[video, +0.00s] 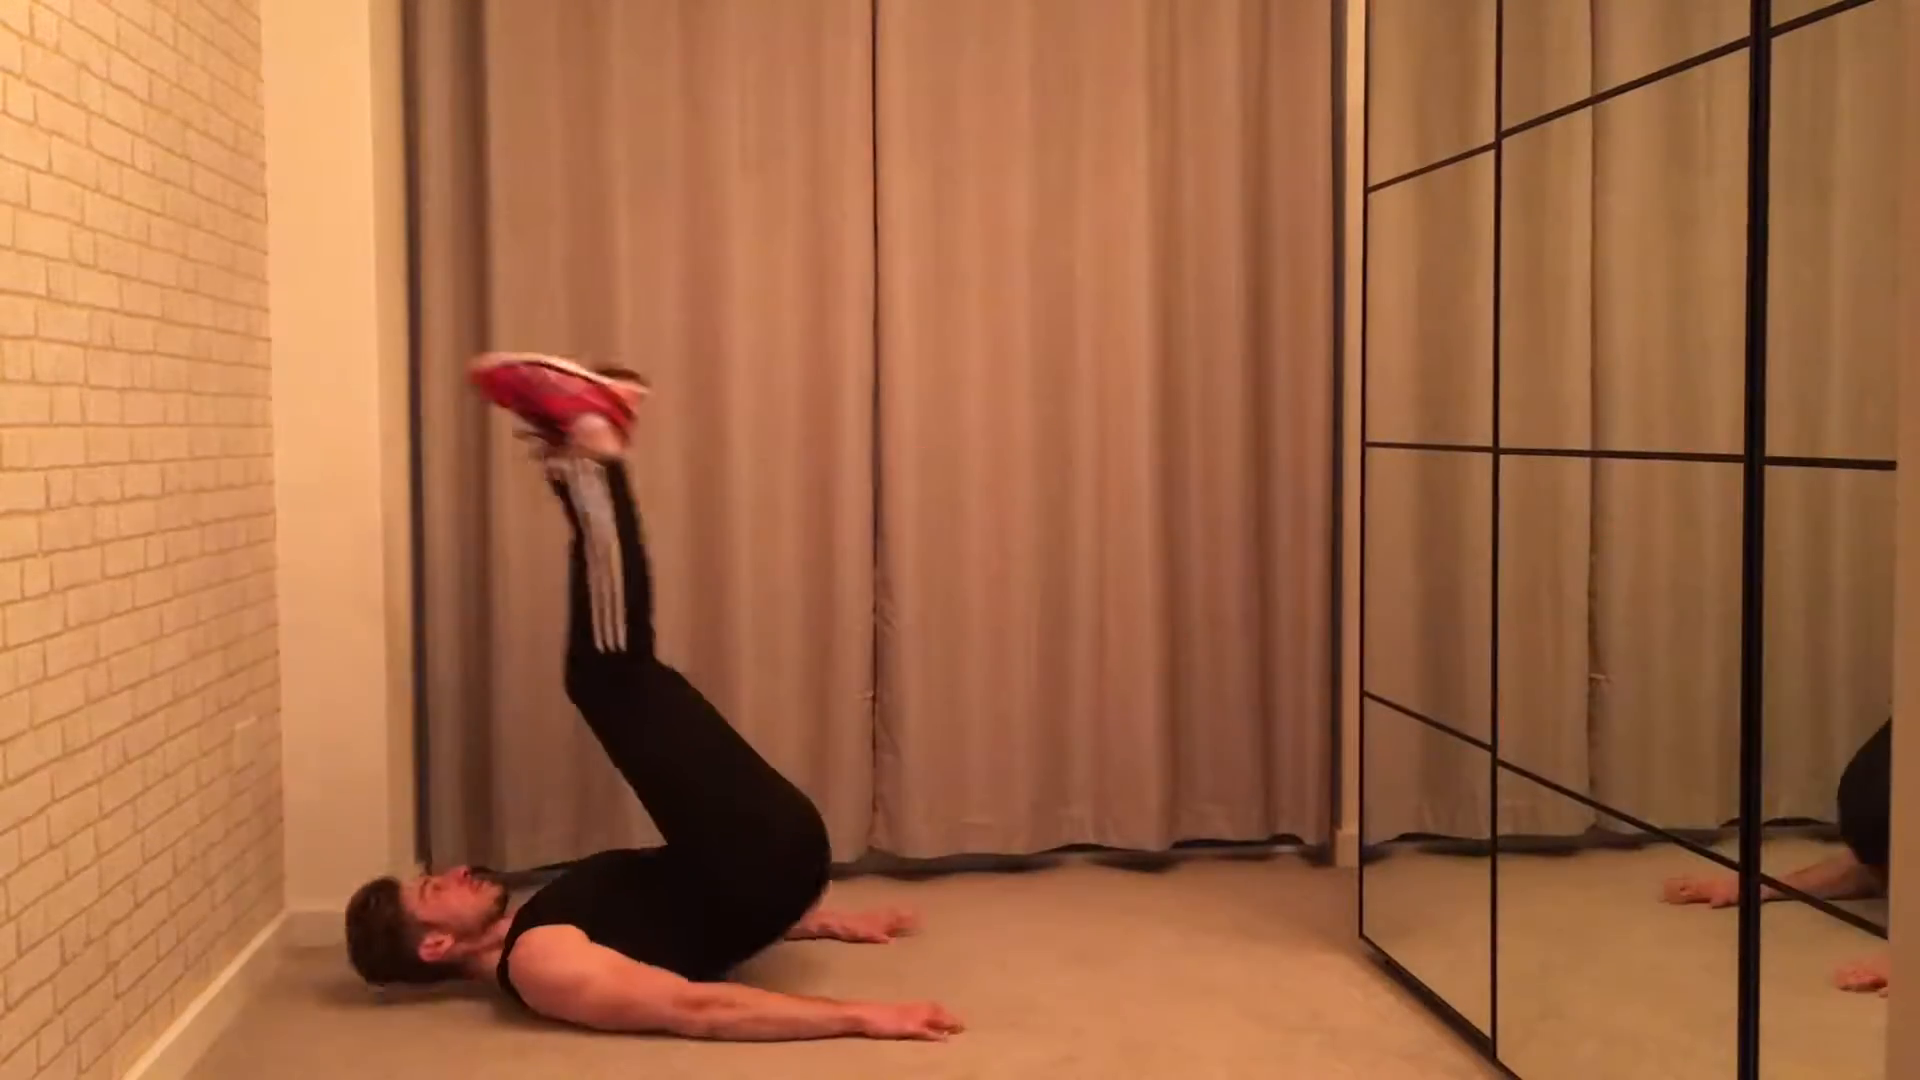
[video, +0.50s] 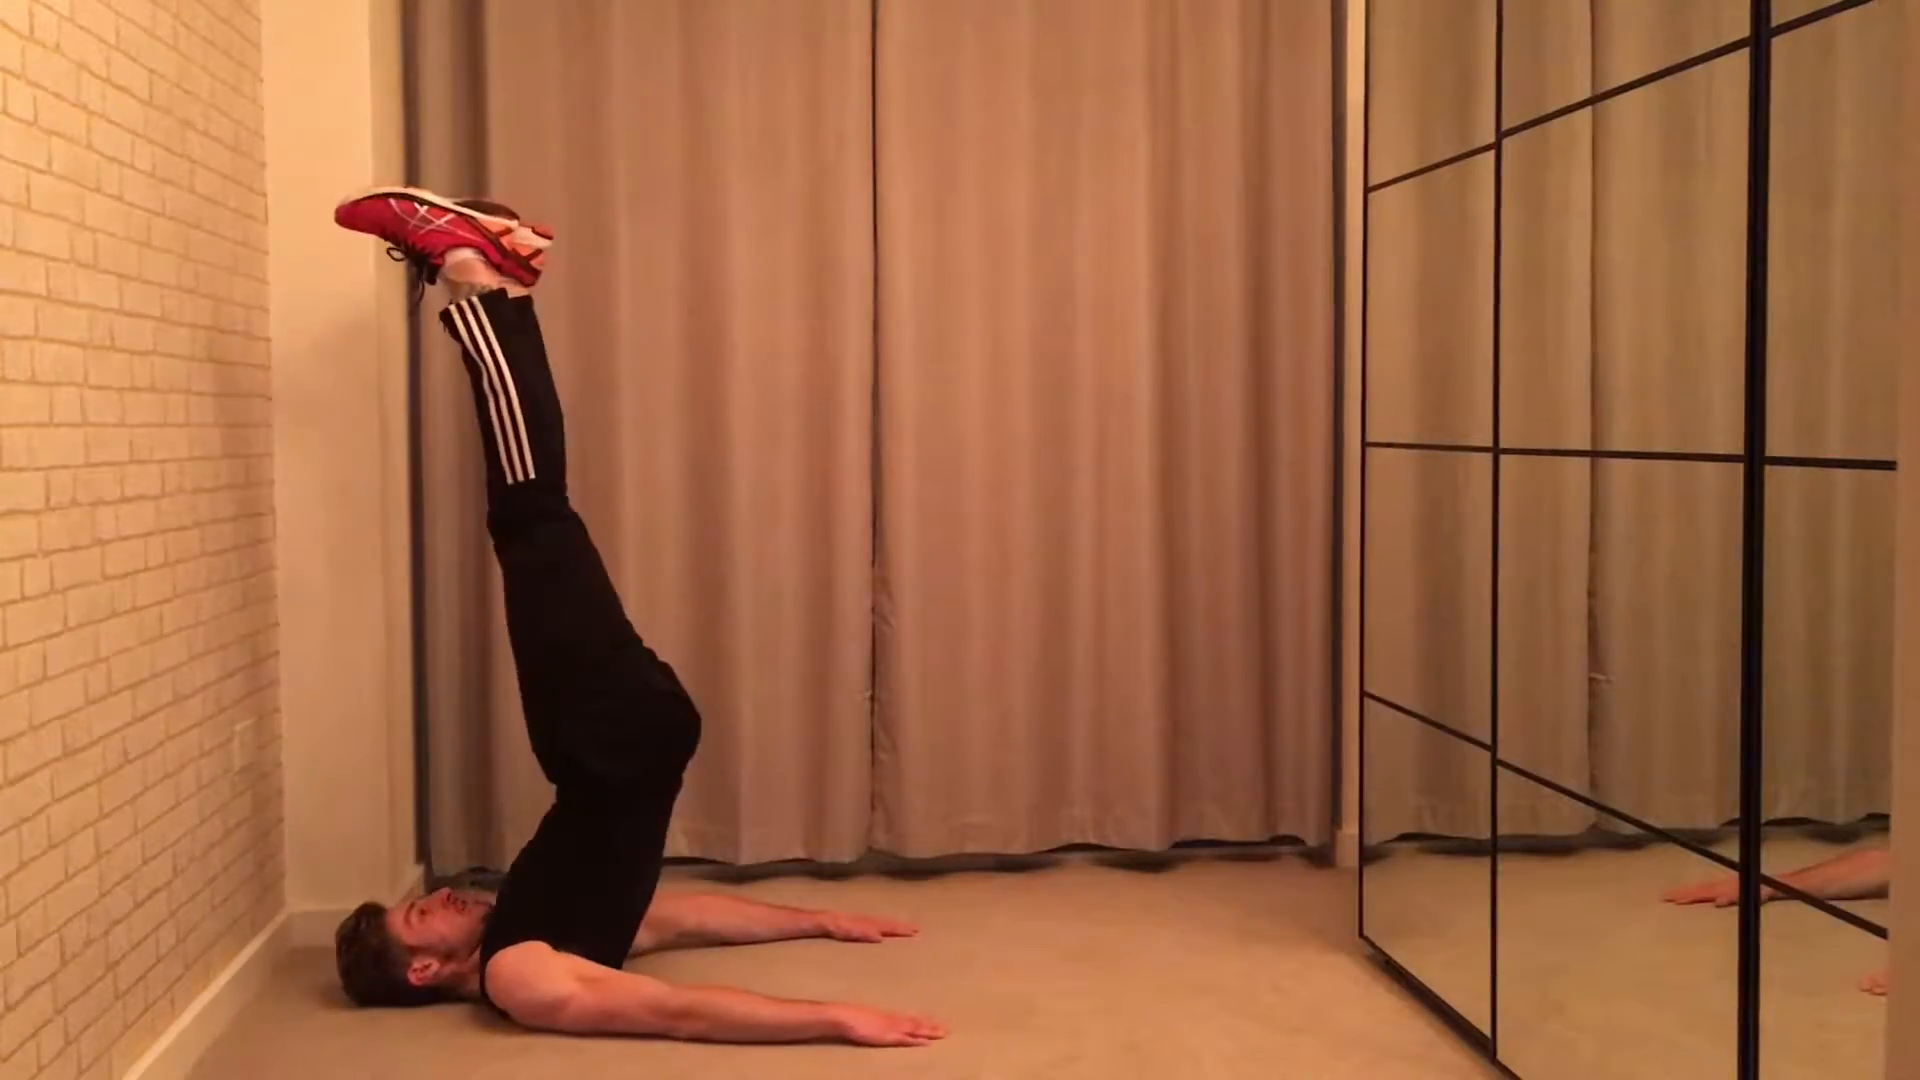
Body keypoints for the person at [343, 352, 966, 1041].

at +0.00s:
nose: (455, 871)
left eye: (432, 873)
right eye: (434, 887)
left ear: (450, 934)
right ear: (441, 949)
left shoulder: (537, 931)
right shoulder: (540, 963)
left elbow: (687, 908)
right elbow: (695, 1010)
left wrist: (826, 923)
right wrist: (862, 1017)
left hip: (757, 862)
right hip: (764, 868)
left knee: (610, 675)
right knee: (605, 677)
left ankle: (584, 455)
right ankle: (587, 454)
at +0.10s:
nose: (452, 889)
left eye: (434, 889)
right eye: (434, 904)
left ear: (450, 939)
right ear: (441, 958)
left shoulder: (543, 933)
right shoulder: (540, 969)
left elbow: (699, 919)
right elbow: (692, 1013)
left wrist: (829, 923)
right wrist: (849, 1017)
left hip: (730, 818)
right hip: (734, 823)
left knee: (583, 623)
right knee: (577, 624)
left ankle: (534, 398)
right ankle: (534, 397)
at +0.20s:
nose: (448, 893)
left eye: (428, 895)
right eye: (428, 914)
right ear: (437, 971)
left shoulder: (541, 935)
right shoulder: (537, 973)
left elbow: (689, 910)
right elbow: (688, 1013)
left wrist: (822, 922)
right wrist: (850, 1019)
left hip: (684, 794)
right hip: (700, 792)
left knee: (559, 578)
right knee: (558, 579)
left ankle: (514, 349)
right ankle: (508, 348)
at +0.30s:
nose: (446, 894)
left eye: (428, 895)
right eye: (427, 913)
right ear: (437, 968)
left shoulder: (541, 932)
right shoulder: (530, 973)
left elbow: (689, 914)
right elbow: (685, 1014)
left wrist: (826, 923)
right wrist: (848, 1020)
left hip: (662, 762)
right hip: (667, 764)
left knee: (544, 548)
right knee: (541, 547)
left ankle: (496, 307)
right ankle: (490, 303)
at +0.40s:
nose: (442, 894)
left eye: (424, 897)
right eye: (424, 914)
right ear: (434, 967)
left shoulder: (542, 932)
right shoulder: (523, 974)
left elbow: (684, 915)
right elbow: (683, 1014)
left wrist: (823, 922)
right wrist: (843, 1021)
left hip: (638, 743)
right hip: (645, 745)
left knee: (538, 522)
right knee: (533, 525)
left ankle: (498, 299)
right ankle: (477, 294)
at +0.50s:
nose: (439, 893)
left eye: (421, 896)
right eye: (421, 913)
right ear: (431, 967)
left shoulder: (539, 934)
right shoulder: (520, 976)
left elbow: (683, 916)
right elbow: (682, 1016)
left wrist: (821, 921)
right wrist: (839, 1020)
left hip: (622, 745)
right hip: (632, 744)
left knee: (533, 513)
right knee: (529, 515)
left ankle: (499, 293)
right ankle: (474, 287)